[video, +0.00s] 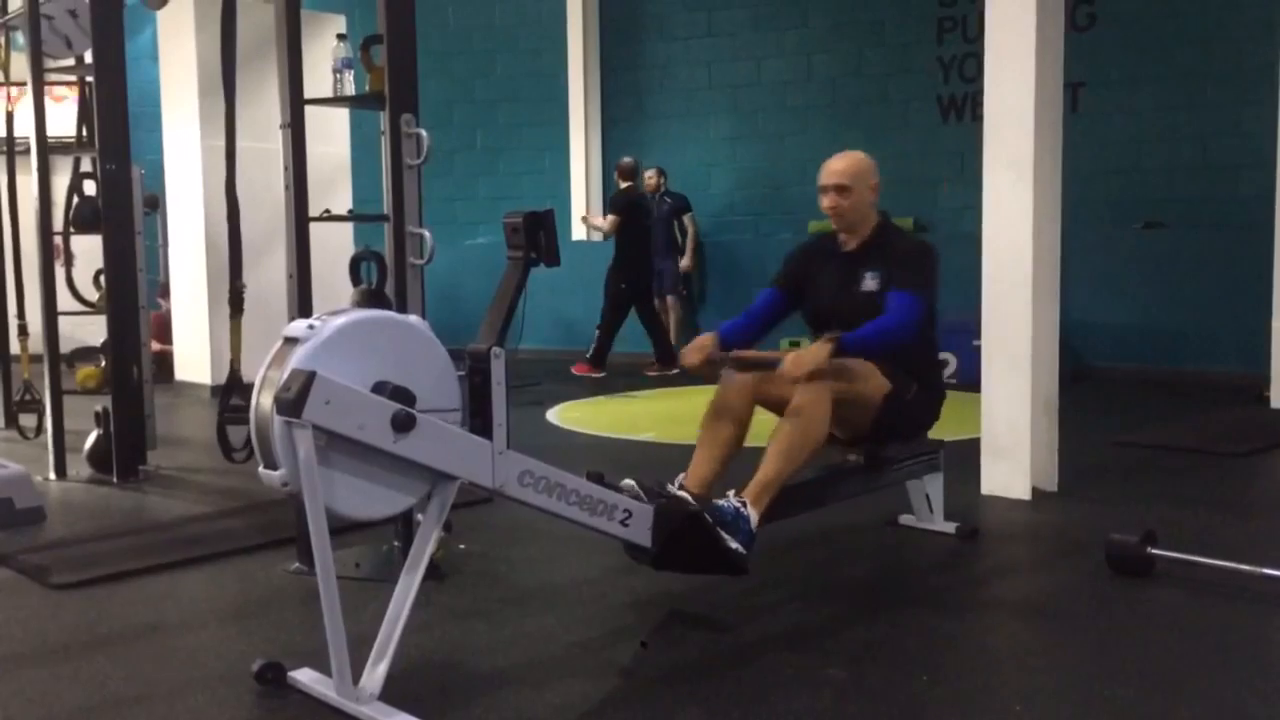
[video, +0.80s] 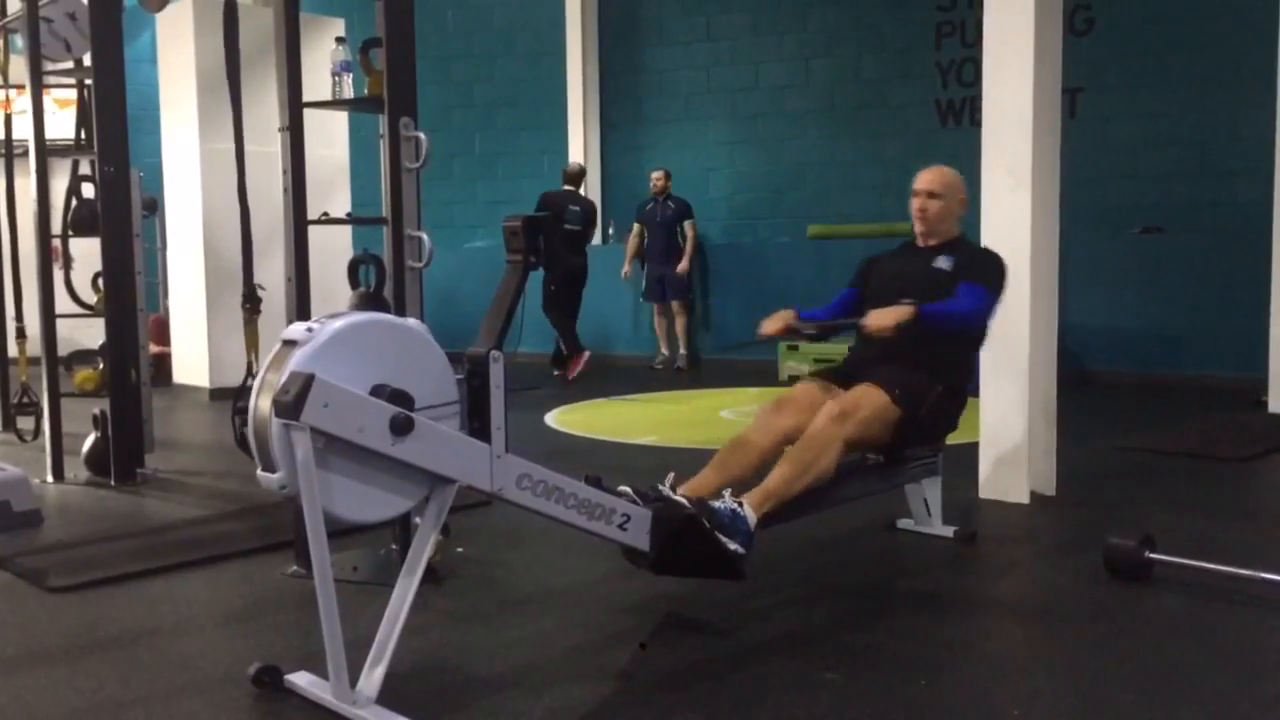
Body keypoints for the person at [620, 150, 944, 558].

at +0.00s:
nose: (829, 203)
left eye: (842, 191)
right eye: (823, 192)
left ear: (873, 191)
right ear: (817, 196)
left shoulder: (909, 253)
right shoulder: (812, 254)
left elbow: (902, 324)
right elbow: (761, 316)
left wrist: (830, 346)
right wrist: (716, 338)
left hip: (903, 396)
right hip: (832, 390)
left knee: (819, 380)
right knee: (738, 376)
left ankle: (746, 512)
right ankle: (687, 496)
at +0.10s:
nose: (790, 209)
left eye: (803, 198)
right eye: (785, 198)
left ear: (837, 200)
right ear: (779, 201)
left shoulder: (872, 258)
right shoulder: (776, 260)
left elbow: (848, 329)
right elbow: (718, 313)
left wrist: (778, 368)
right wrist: (660, 356)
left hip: (881, 409)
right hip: (805, 403)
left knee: (808, 366)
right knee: (716, 353)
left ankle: (744, 512)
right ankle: (685, 495)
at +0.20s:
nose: (754, 217)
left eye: (768, 207)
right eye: (750, 207)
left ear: (804, 211)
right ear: (746, 209)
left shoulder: (839, 265)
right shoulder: (747, 268)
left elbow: (806, 330)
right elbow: (682, 314)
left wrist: (732, 371)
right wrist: (614, 358)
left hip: (863, 417)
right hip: (789, 414)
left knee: (797, 358)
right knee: (697, 345)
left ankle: (743, 511)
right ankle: (684, 495)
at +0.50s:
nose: (792, 199)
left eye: (806, 190)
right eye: (789, 189)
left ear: (839, 200)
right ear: (784, 195)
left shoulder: (874, 257)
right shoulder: (781, 257)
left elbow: (830, 301)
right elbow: (717, 299)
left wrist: (765, 322)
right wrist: (651, 319)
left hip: (880, 407)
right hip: (807, 406)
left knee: (804, 359)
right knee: (714, 357)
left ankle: (742, 515)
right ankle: (683, 499)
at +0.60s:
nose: (840, 191)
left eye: (853, 182)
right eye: (836, 181)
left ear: (884, 191)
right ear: (831, 187)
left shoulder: (911, 251)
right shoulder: (819, 251)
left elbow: (875, 292)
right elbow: (765, 289)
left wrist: (811, 314)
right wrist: (699, 314)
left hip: (898, 395)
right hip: (823, 387)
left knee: (816, 379)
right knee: (733, 373)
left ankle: (743, 517)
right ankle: (683, 498)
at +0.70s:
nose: (883, 191)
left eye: (897, 182)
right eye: (879, 181)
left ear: (926, 190)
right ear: (873, 187)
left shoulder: (947, 250)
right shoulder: (852, 254)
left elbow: (926, 293)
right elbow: (802, 297)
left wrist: (861, 309)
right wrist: (748, 315)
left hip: (912, 382)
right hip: (845, 372)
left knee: (825, 403)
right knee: (756, 393)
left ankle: (743, 518)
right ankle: (679, 500)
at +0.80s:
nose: (920, 205)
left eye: (932, 197)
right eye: (915, 196)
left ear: (960, 206)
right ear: (910, 202)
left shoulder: (981, 263)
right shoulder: (883, 264)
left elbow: (969, 312)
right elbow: (842, 311)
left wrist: (911, 312)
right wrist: (797, 320)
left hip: (924, 381)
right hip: (861, 371)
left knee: (835, 417)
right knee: (782, 411)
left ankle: (747, 513)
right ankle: (683, 498)